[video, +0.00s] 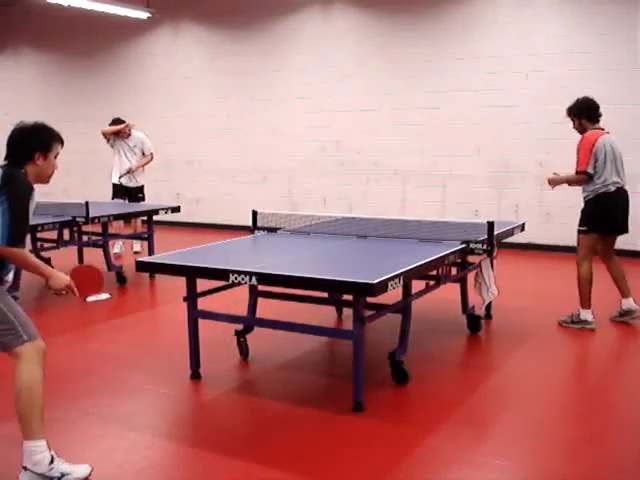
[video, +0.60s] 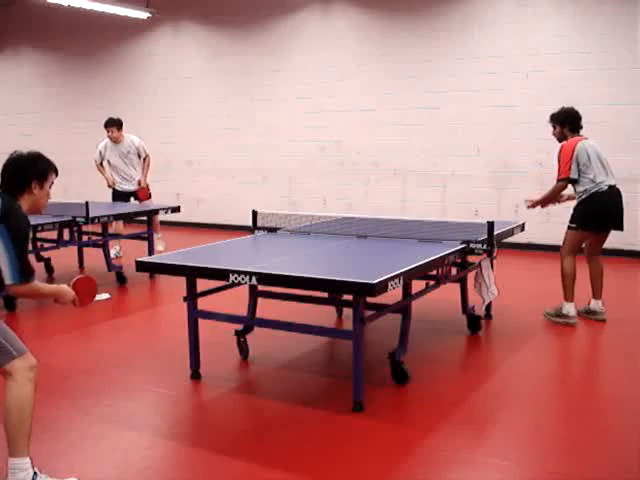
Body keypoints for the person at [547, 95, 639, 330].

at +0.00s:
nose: (573, 126)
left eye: (573, 121)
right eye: (572, 122)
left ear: (582, 119)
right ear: (594, 118)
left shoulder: (588, 139)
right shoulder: (608, 139)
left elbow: (584, 177)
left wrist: (560, 179)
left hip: (598, 200)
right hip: (619, 198)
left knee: (584, 257)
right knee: (607, 253)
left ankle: (585, 314)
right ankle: (629, 304)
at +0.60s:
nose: (553, 133)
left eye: (554, 128)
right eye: (552, 128)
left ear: (564, 128)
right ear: (574, 127)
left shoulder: (568, 147)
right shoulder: (590, 145)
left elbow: (562, 183)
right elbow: (592, 185)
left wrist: (541, 201)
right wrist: (564, 198)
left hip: (591, 201)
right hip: (613, 198)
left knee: (568, 252)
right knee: (593, 252)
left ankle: (568, 307)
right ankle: (597, 304)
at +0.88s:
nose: (537, 144)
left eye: (539, 139)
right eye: (537, 139)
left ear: (547, 139)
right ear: (560, 137)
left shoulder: (550, 157)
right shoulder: (580, 152)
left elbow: (543, 193)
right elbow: (592, 183)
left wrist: (522, 214)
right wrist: (569, 203)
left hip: (582, 205)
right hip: (606, 201)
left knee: (561, 254)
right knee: (588, 252)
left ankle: (561, 308)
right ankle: (596, 304)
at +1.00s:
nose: (536, 147)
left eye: (537, 142)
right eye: (535, 142)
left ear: (544, 141)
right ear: (559, 138)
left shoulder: (548, 158)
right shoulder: (580, 153)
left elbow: (547, 194)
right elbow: (591, 181)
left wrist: (526, 214)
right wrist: (566, 200)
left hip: (579, 205)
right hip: (603, 201)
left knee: (559, 255)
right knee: (586, 253)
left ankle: (561, 308)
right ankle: (594, 304)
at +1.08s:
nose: (536, 147)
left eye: (537, 142)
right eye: (536, 143)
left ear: (544, 141)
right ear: (559, 138)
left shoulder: (548, 158)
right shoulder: (579, 153)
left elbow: (548, 194)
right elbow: (590, 181)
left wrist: (529, 212)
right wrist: (563, 201)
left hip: (578, 205)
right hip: (603, 201)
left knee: (559, 256)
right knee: (586, 254)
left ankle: (561, 308)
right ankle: (593, 304)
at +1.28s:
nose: (541, 149)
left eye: (541, 144)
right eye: (540, 144)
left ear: (547, 143)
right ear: (564, 140)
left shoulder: (551, 160)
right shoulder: (585, 156)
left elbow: (555, 196)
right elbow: (602, 184)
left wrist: (539, 213)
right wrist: (569, 199)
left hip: (578, 205)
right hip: (603, 202)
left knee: (558, 255)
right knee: (583, 255)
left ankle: (561, 308)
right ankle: (592, 305)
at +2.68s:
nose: (500, 167)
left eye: (504, 163)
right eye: (499, 163)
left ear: (515, 163)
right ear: (516, 162)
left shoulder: (524, 182)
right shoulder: (526, 170)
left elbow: (536, 216)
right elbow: (498, 153)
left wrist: (529, 246)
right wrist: (479, 164)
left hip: (551, 222)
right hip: (560, 217)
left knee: (518, 262)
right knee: (520, 248)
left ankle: (549, 303)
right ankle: (553, 274)